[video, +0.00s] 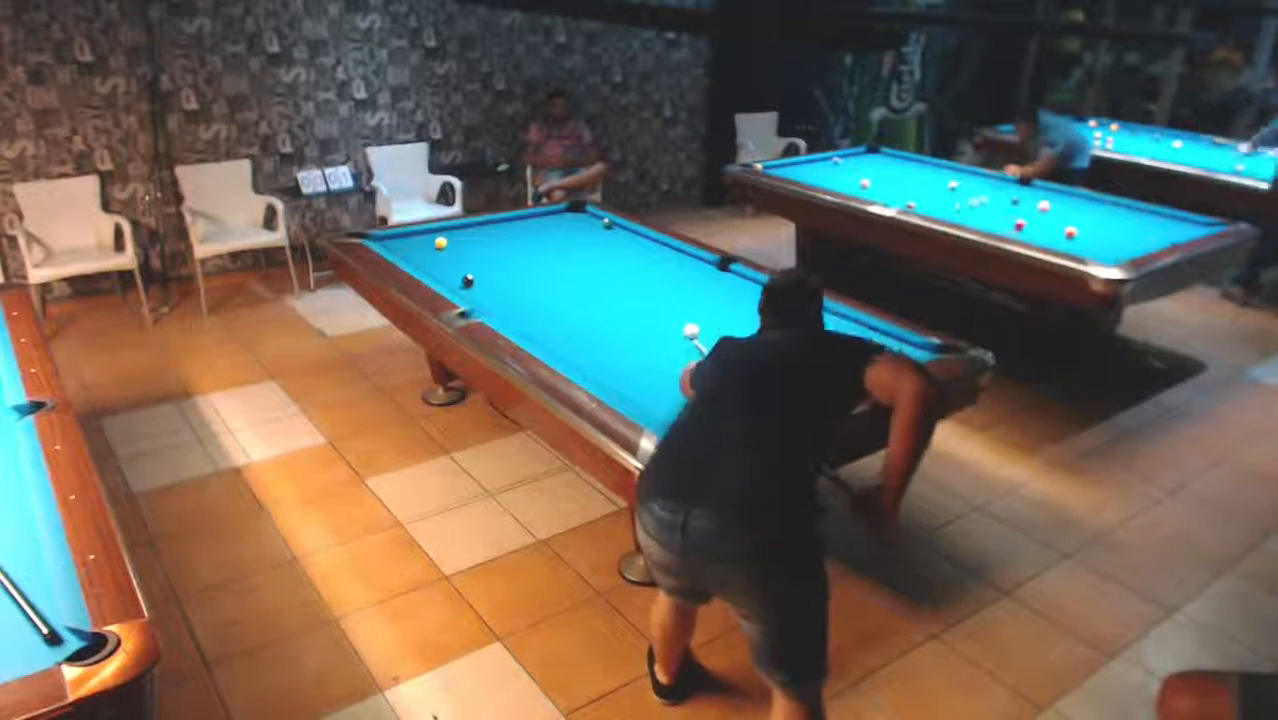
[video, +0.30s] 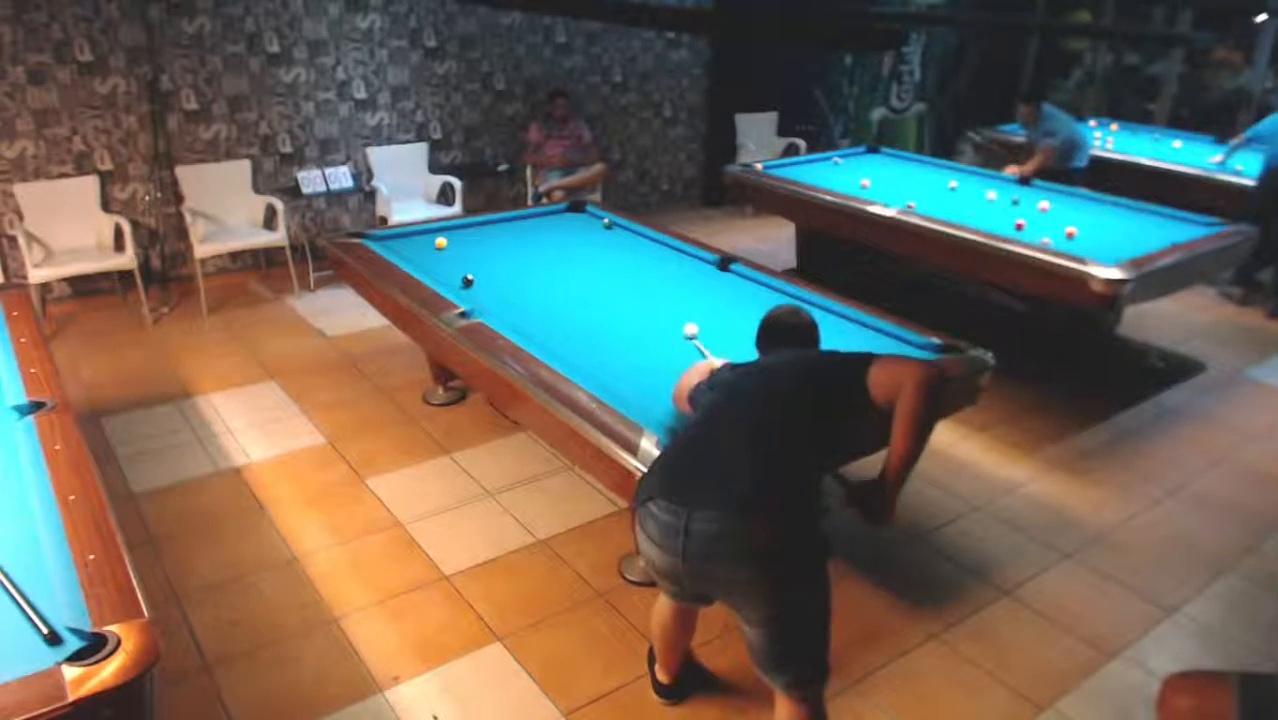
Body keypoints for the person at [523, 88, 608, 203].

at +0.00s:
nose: (559, 110)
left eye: (563, 106)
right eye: (555, 106)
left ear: (568, 107)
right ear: (548, 108)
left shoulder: (578, 126)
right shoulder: (539, 127)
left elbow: (591, 153)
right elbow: (529, 156)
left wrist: (570, 160)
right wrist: (555, 161)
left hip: (575, 166)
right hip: (549, 169)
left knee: (600, 168)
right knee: (558, 196)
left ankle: (553, 185)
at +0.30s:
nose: (561, 111)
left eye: (564, 106)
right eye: (557, 107)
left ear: (569, 107)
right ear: (550, 108)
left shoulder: (578, 126)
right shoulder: (539, 127)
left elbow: (592, 154)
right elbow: (529, 157)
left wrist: (569, 160)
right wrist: (554, 161)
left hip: (576, 166)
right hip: (550, 170)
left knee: (601, 169)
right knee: (558, 196)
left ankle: (552, 185)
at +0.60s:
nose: (562, 111)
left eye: (565, 107)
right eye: (558, 107)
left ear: (570, 108)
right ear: (551, 108)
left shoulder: (579, 126)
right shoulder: (540, 127)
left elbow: (593, 154)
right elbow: (529, 157)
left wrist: (570, 160)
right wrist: (554, 162)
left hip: (577, 166)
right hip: (550, 170)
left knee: (601, 169)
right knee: (558, 196)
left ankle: (552, 185)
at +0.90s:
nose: (563, 110)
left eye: (566, 106)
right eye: (559, 106)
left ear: (571, 107)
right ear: (551, 108)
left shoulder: (579, 125)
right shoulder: (539, 126)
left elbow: (592, 155)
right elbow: (528, 157)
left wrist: (570, 160)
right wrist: (553, 162)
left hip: (576, 168)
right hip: (549, 171)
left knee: (601, 168)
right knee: (558, 196)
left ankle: (549, 188)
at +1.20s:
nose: (563, 110)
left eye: (566, 106)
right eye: (559, 106)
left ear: (571, 107)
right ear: (551, 108)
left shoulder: (579, 125)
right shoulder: (539, 126)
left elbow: (592, 154)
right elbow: (528, 156)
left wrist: (569, 160)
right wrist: (553, 162)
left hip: (576, 167)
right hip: (549, 171)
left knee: (601, 168)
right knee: (558, 196)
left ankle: (550, 187)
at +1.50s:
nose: (565, 111)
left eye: (568, 107)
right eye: (561, 107)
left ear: (572, 108)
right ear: (552, 108)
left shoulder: (579, 126)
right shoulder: (539, 127)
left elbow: (593, 155)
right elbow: (529, 157)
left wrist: (571, 161)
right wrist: (555, 161)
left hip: (576, 166)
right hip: (551, 169)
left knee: (601, 169)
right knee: (559, 196)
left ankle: (551, 186)